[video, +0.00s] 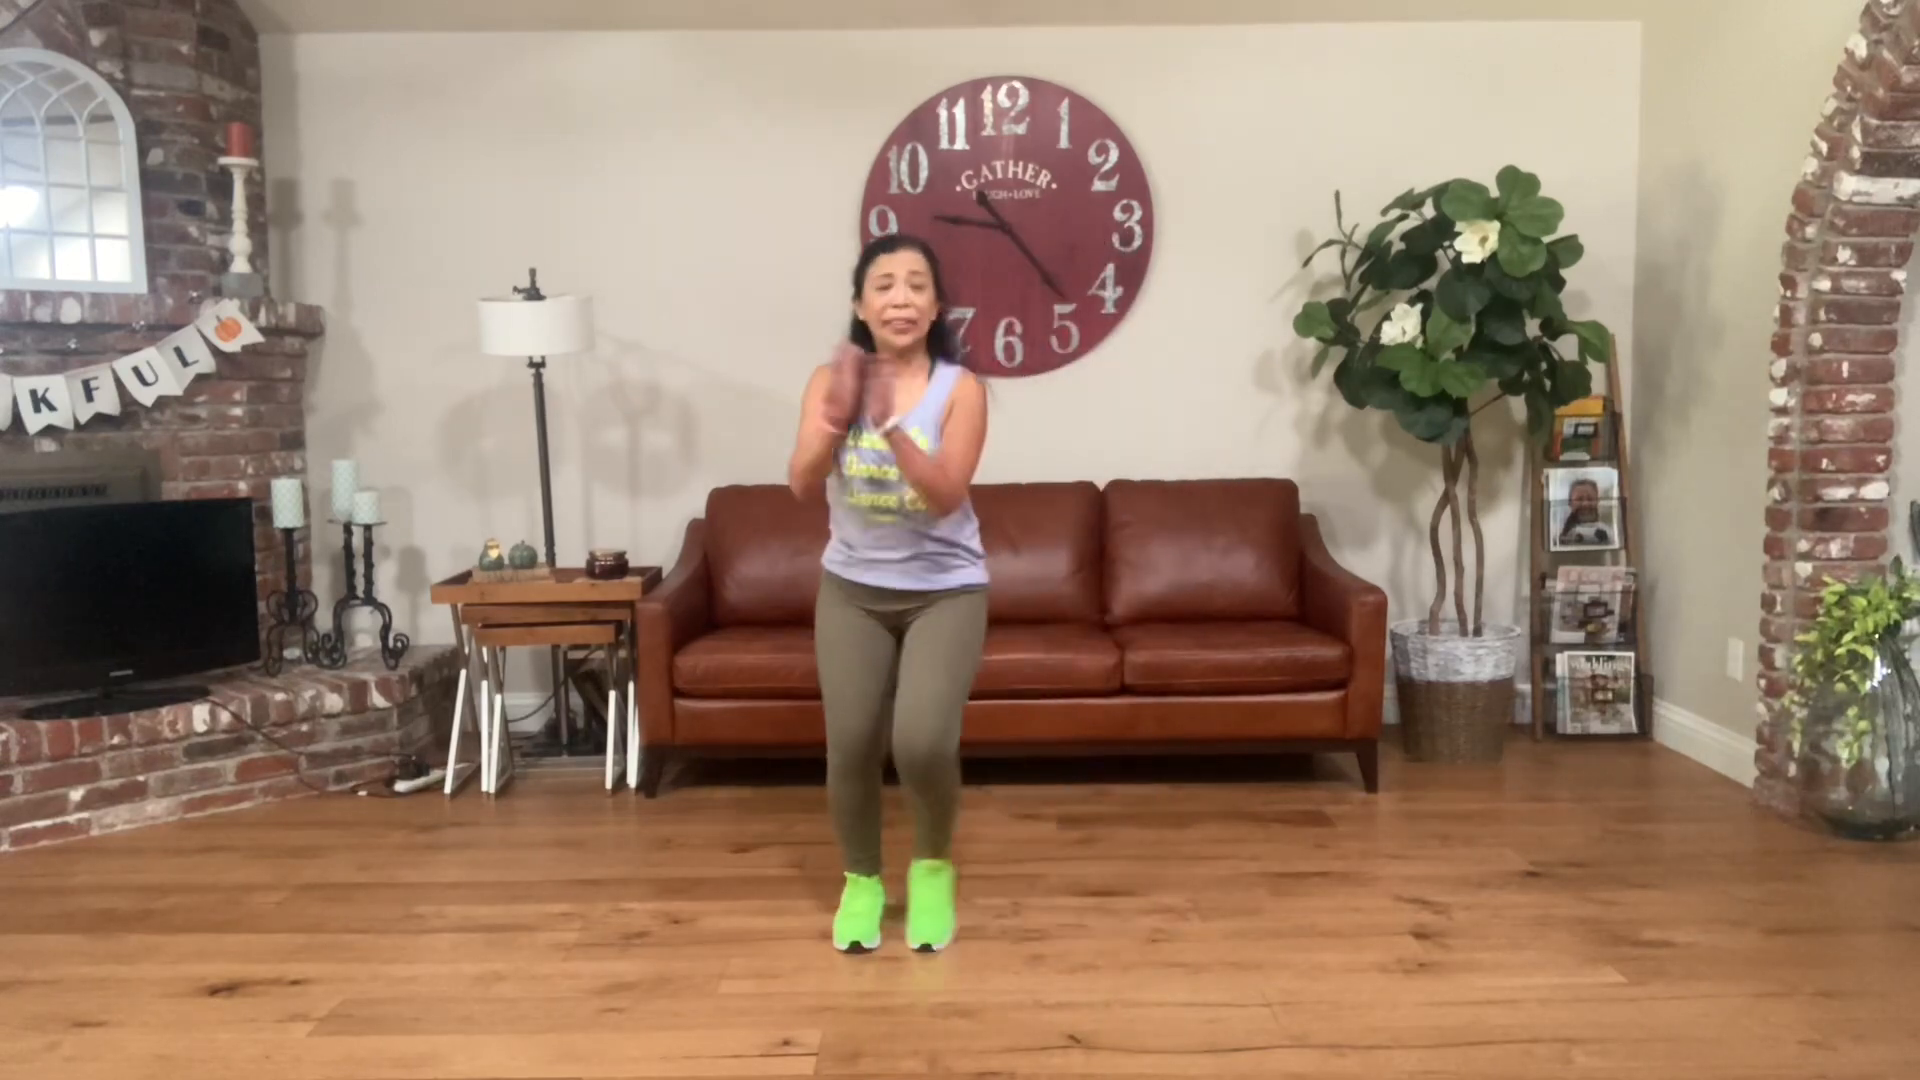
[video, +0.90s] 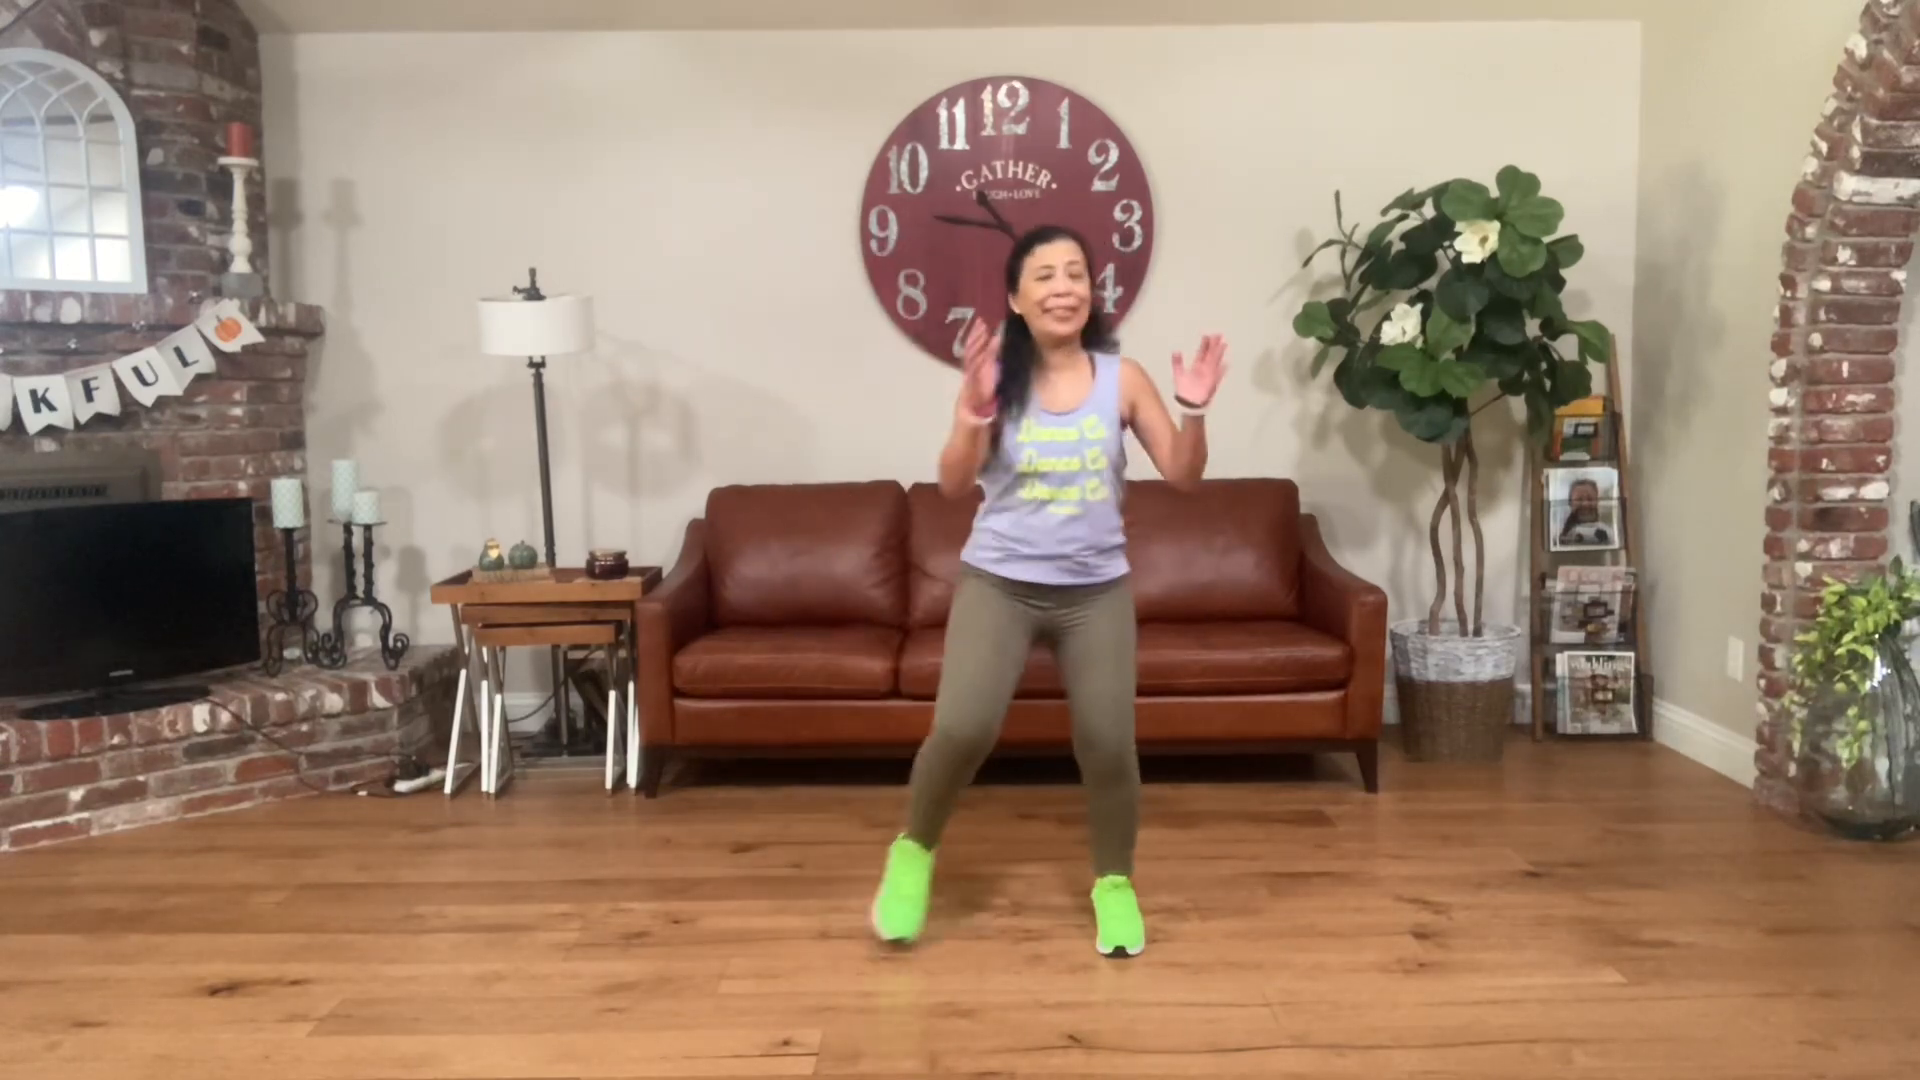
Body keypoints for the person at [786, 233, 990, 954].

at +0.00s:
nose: (902, 299)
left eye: (916, 285)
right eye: (885, 286)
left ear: (938, 303)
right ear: (861, 304)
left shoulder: (960, 388)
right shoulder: (835, 379)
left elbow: (946, 496)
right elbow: (803, 485)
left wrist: (893, 428)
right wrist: (837, 421)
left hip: (947, 589)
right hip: (851, 588)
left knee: (920, 743)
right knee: (851, 740)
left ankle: (932, 873)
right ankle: (862, 883)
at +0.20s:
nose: (925, 307)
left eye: (933, 292)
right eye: (907, 293)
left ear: (943, 300)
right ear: (865, 303)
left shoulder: (965, 378)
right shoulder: (833, 386)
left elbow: (997, 478)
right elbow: (801, 496)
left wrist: (944, 479)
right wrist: (834, 484)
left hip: (946, 590)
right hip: (849, 586)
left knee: (921, 740)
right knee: (853, 738)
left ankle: (915, 874)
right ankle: (862, 880)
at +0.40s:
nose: (964, 314)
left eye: (966, 299)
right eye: (947, 301)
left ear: (963, 303)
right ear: (897, 310)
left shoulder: (982, 386)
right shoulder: (851, 397)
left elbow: (1006, 466)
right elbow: (803, 484)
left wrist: (1024, 501)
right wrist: (805, 524)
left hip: (962, 594)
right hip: (864, 591)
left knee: (1013, 728)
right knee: (865, 747)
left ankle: (989, 861)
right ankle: (863, 884)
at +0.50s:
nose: (982, 303)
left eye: (986, 289)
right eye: (966, 290)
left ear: (986, 296)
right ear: (919, 298)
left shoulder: (1000, 377)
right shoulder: (874, 388)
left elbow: (1010, 447)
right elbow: (826, 464)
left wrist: (1051, 495)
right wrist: (824, 508)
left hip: (982, 593)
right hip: (884, 587)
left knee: (1037, 741)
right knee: (875, 750)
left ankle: (1072, 874)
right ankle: (864, 884)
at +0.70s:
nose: (1034, 292)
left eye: (1040, 279)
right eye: (1015, 280)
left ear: (1047, 291)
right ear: (969, 294)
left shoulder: (1065, 372)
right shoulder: (937, 383)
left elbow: (1107, 459)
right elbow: (888, 480)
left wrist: (1147, 468)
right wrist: (875, 500)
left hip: (1046, 596)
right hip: (947, 590)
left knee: (1079, 751)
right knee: (908, 748)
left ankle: (1111, 884)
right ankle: (867, 881)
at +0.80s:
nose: (1053, 285)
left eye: (1062, 271)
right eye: (1033, 273)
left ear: (1075, 283)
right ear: (997, 292)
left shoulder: (1098, 369)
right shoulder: (969, 379)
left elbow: (1153, 461)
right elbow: (912, 491)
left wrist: (1180, 443)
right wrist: (927, 461)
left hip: (1077, 585)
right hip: (979, 578)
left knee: (1092, 742)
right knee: (938, 735)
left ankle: (1112, 883)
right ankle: (874, 873)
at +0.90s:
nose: (1063, 288)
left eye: (1075, 274)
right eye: (1044, 276)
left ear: (1093, 291)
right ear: (1016, 298)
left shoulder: (1123, 377)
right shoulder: (995, 376)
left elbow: (1182, 473)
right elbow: (954, 483)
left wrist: (1192, 412)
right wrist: (972, 413)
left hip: (1097, 586)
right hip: (997, 581)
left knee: (1108, 740)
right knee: (963, 729)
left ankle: (1115, 881)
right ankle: (913, 853)